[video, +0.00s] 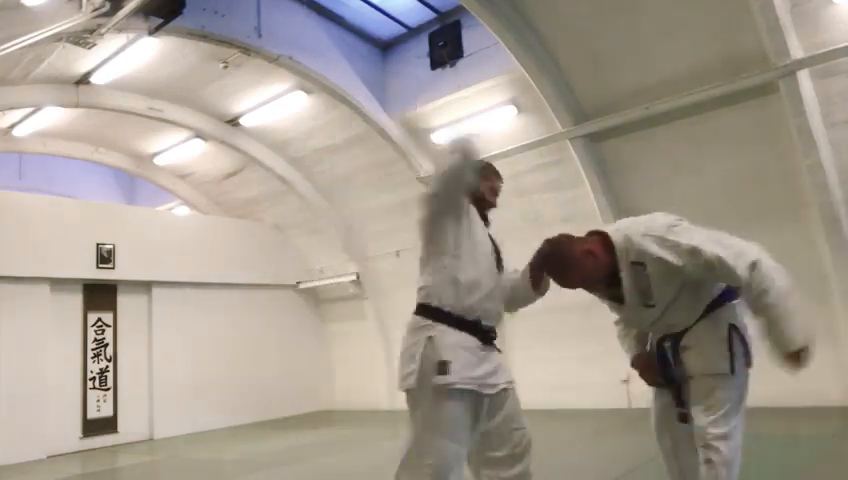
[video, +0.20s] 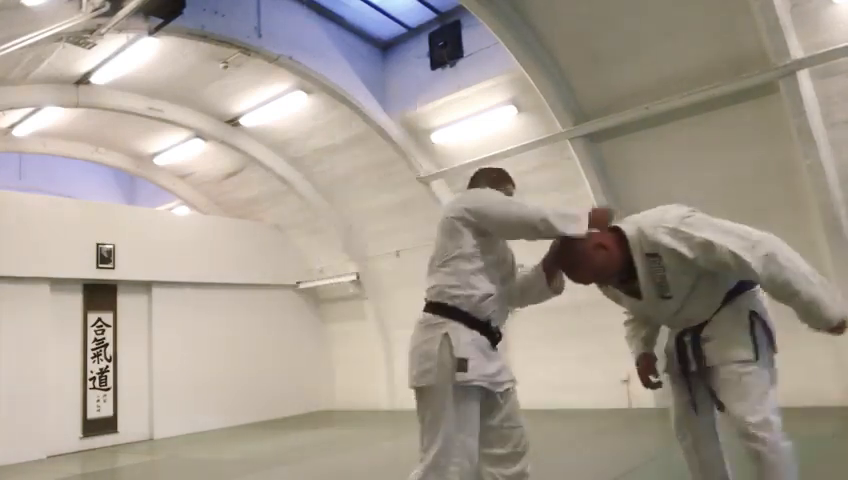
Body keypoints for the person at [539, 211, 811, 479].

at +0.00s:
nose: (588, 290)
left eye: (585, 281)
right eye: (580, 287)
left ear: (591, 251)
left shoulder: (651, 240)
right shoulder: (599, 271)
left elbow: (750, 263)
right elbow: (625, 316)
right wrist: (637, 355)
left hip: (711, 327)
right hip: (664, 340)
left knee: (712, 436)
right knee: (671, 435)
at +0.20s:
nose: (599, 284)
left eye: (595, 275)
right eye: (590, 282)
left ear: (601, 243)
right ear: (596, 247)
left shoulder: (664, 231)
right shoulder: (611, 278)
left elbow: (761, 253)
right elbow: (639, 310)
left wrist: (826, 313)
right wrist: (642, 351)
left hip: (730, 313)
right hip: (682, 333)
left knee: (752, 422)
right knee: (690, 429)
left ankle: (779, 472)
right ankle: (711, 475)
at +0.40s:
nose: (624, 284)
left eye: (620, 275)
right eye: (615, 281)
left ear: (625, 243)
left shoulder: (690, 227)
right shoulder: (631, 276)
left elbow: (788, 251)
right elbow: (664, 315)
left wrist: (824, 326)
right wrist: (679, 357)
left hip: (762, 313)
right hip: (707, 334)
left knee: (800, 425)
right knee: (709, 432)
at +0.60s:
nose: (681, 266)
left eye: (680, 257)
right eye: (669, 264)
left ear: (684, 227)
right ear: (655, 260)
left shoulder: (747, 219)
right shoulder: (659, 267)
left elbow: (839, 258)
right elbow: (688, 304)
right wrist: (689, 356)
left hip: (795, 312)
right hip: (735, 327)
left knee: (811, 428)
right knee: (726, 431)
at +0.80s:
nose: (714, 206)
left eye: (720, 195)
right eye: (705, 199)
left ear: (743, 174)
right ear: (695, 192)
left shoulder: (810, 196)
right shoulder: (694, 226)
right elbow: (701, 293)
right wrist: (710, 351)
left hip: (820, 311)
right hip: (756, 319)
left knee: (834, 438)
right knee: (733, 433)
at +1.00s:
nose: (745, 147)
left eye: (756, 136)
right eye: (741, 136)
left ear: (790, 135)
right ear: (737, 138)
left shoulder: (837, 176)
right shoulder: (725, 191)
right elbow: (719, 263)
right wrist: (723, 320)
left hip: (831, 303)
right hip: (772, 308)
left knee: (840, 424)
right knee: (765, 419)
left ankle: (839, 471)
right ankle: (814, 472)